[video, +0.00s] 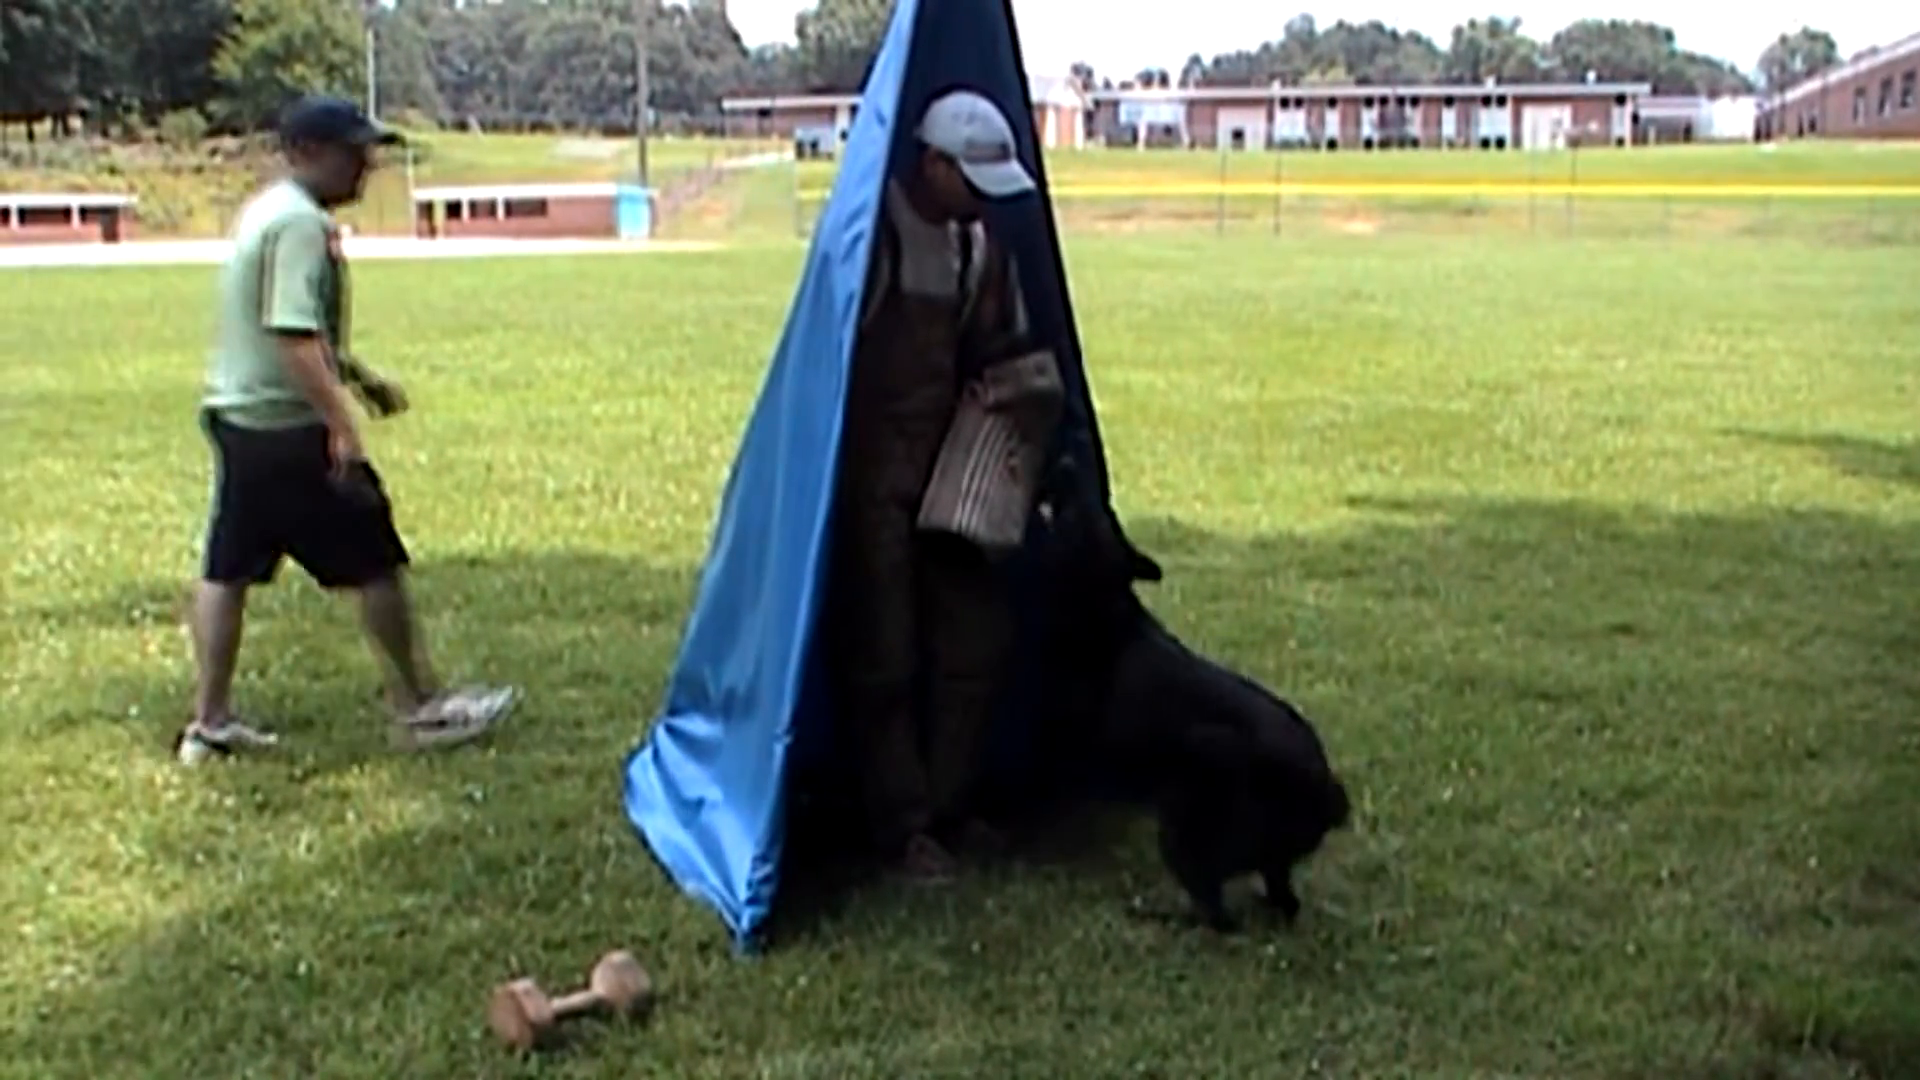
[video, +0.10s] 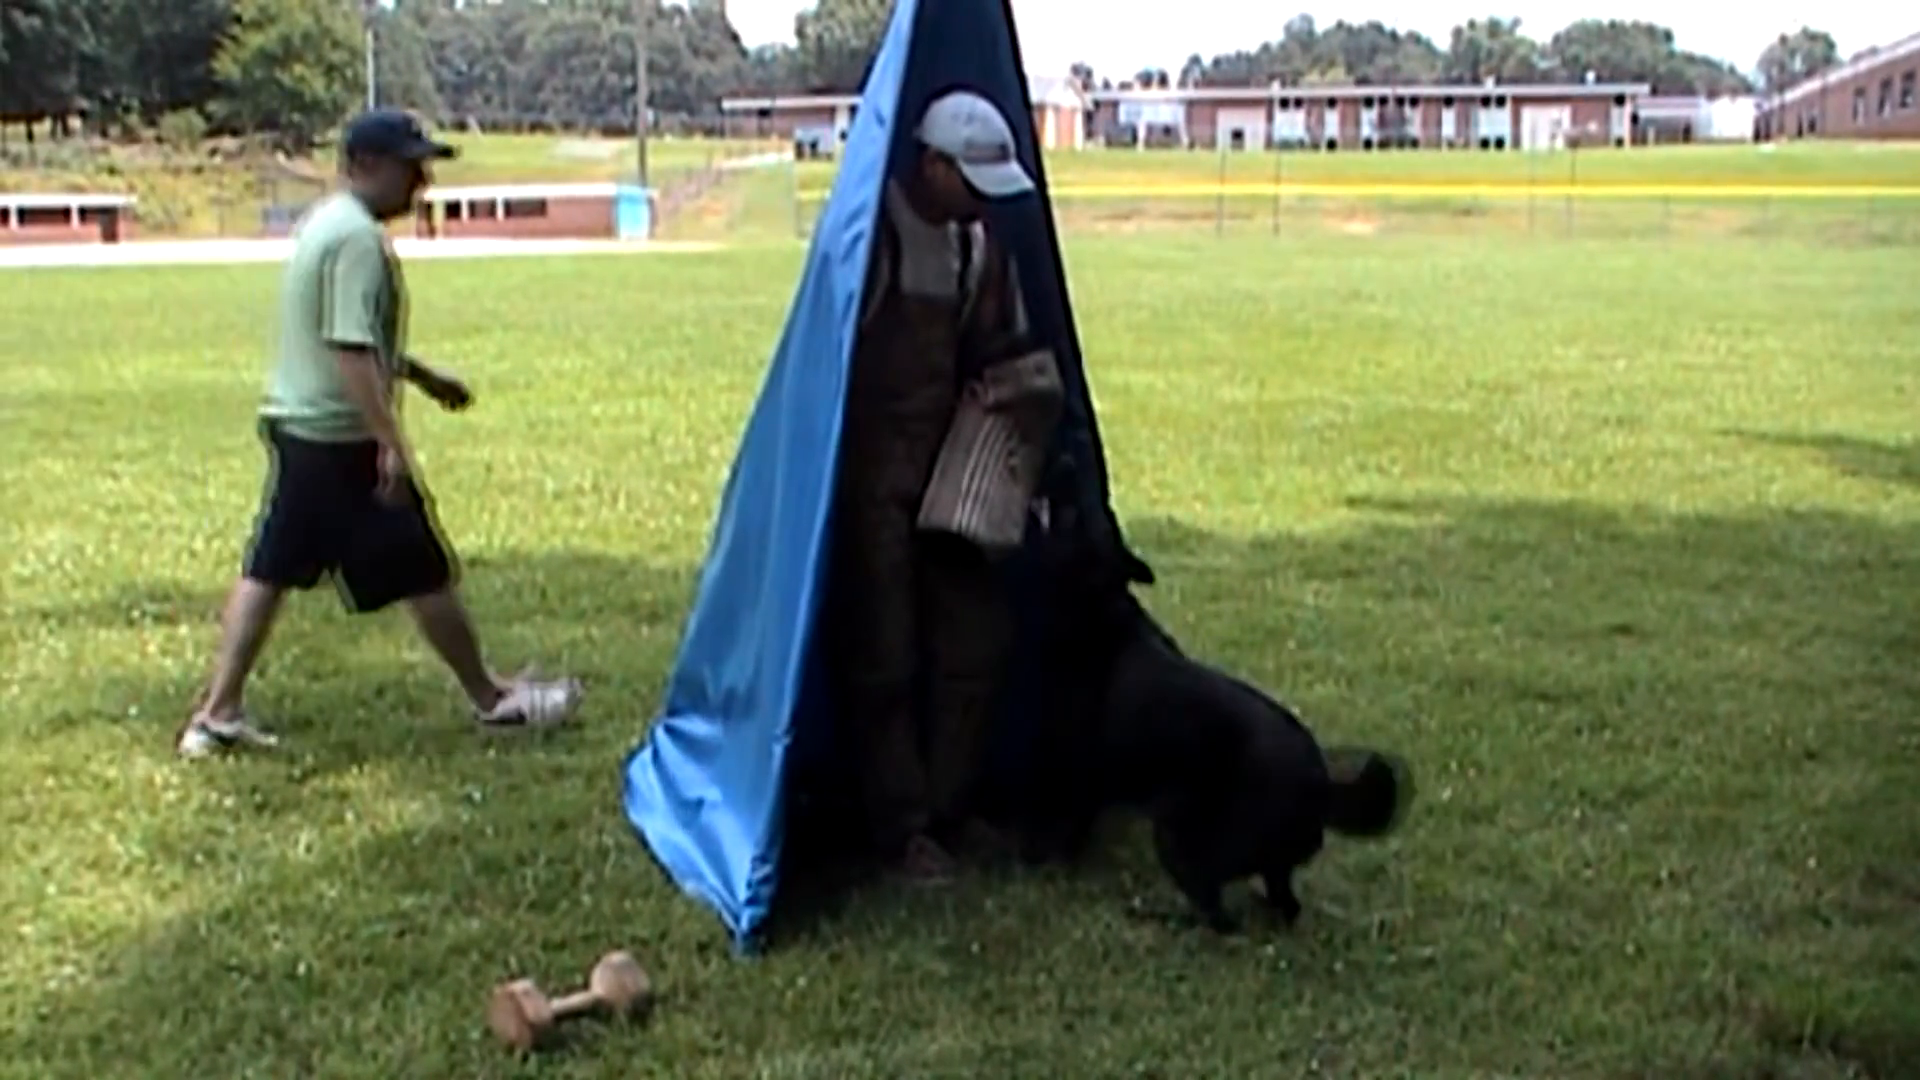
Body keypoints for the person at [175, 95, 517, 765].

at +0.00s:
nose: (367, 172)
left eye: (368, 159)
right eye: (357, 158)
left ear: (309, 156)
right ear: (312, 153)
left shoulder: (272, 212)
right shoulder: (301, 224)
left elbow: (303, 329)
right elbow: (297, 336)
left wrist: (362, 378)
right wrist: (341, 422)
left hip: (244, 422)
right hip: (290, 427)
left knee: (225, 575)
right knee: (376, 561)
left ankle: (210, 717)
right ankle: (419, 703)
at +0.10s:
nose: (422, 183)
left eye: (423, 169)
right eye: (412, 168)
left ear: (363, 170)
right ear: (367, 166)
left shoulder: (327, 223)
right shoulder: (357, 238)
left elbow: (353, 340)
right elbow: (353, 355)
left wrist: (427, 378)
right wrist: (392, 445)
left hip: (301, 433)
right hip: (344, 440)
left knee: (267, 574)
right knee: (426, 575)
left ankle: (217, 712)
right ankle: (490, 698)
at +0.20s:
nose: (482, 182)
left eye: (482, 169)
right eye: (472, 168)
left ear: (421, 170)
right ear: (426, 167)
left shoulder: (389, 228)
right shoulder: (418, 244)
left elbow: (397, 343)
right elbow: (414, 360)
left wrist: (464, 392)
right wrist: (447, 444)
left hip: (373, 429)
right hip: (416, 434)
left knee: (354, 569)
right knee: (487, 575)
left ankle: (251, 688)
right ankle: (510, 705)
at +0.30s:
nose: (535, 175)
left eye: (535, 162)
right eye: (525, 162)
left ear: (475, 164)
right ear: (482, 162)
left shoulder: (441, 221)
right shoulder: (475, 235)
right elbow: (477, 349)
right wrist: (510, 435)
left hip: (427, 412)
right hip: (467, 416)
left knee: (460, 561)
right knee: (516, 562)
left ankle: (347, 648)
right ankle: (512, 705)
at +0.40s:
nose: (584, 167)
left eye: (585, 153)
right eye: (575, 153)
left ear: (524, 151)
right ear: (531, 149)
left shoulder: (492, 210)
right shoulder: (523, 219)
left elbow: (514, 331)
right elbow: (533, 334)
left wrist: (571, 406)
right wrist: (579, 409)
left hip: (482, 392)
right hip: (507, 398)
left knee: (566, 527)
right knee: (541, 537)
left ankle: (472, 646)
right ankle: (512, 702)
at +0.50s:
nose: (625, 168)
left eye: (626, 154)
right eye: (617, 153)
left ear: (568, 151)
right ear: (578, 148)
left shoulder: (538, 207)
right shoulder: (572, 216)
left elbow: (541, 319)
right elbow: (587, 327)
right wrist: (650, 398)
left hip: (532, 394)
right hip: (555, 402)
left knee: (625, 521)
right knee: (545, 550)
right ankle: (513, 698)